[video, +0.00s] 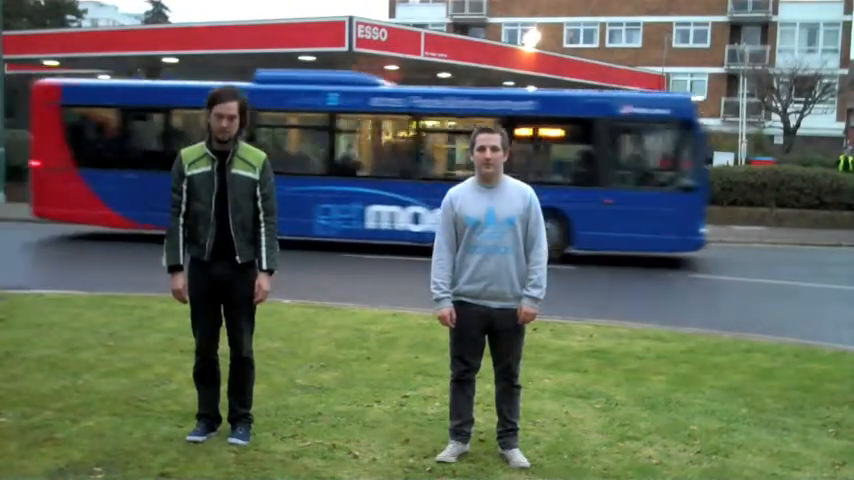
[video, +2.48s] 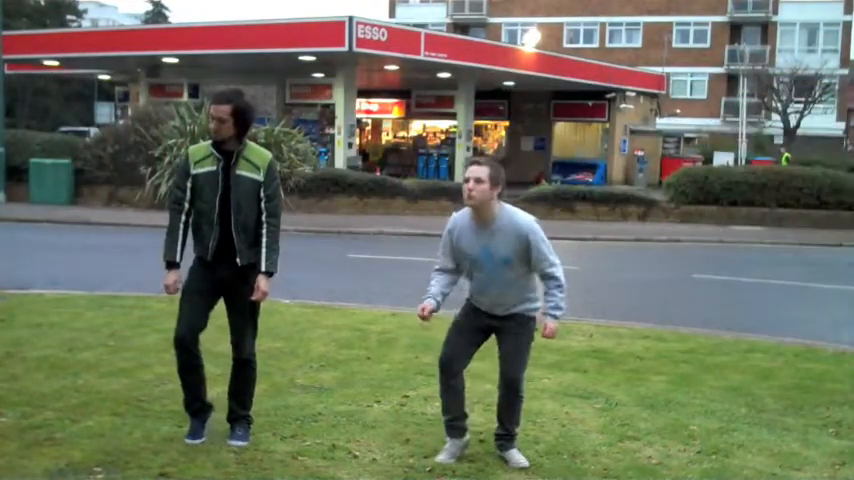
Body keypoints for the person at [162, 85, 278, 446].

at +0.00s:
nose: (225, 124)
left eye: (232, 118)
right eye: (219, 117)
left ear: (241, 120)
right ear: (208, 118)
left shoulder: (257, 162)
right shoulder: (187, 159)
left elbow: (267, 218)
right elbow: (176, 216)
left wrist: (266, 270)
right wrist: (176, 269)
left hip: (242, 270)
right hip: (201, 269)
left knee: (241, 350)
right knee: (204, 349)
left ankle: (241, 421)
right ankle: (206, 419)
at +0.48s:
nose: (222, 126)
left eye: (229, 120)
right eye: (217, 119)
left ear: (240, 122)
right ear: (207, 119)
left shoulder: (256, 162)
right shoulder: (186, 160)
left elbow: (266, 219)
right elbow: (173, 216)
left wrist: (264, 270)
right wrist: (175, 269)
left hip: (241, 270)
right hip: (200, 269)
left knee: (241, 350)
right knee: (204, 349)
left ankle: (241, 421)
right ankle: (206, 419)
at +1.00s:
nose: (220, 126)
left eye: (227, 121)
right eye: (215, 119)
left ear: (239, 123)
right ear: (206, 119)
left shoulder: (257, 163)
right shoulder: (185, 160)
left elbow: (267, 220)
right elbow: (172, 216)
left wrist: (264, 271)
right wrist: (173, 269)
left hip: (241, 270)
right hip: (200, 268)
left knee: (240, 350)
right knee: (203, 349)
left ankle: (240, 421)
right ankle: (206, 419)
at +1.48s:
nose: (220, 127)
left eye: (227, 121)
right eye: (215, 120)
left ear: (240, 123)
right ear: (206, 119)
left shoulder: (258, 163)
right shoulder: (185, 160)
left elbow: (267, 220)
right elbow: (173, 216)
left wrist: (264, 271)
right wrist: (174, 269)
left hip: (241, 270)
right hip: (200, 269)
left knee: (240, 350)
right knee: (203, 349)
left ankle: (240, 421)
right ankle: (206, 419)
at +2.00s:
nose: (214, 125)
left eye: (221, 120)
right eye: (211, 119)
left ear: (240, 123)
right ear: (207, 118)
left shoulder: (262, 165)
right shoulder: (191, 158)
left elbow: (270, 222)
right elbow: (176, 213)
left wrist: (264, 274)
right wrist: (173, 265)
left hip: (243, 272)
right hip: (201, 268)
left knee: (243, 350)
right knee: (187, 340)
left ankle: (241, 421)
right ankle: (201, 414)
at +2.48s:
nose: (213, 125)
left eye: (220, 120)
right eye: (211, 119)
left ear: (240, 123)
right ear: (209, 119)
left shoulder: (263, 164)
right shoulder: (193, 158)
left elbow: (271, 221)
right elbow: (177, 212)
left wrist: (266, 272)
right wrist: (172, 264)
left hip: (244, 270)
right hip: (204, 267)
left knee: (244, 350)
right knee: (184, 336)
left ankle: (240, 420)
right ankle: (198, 413)